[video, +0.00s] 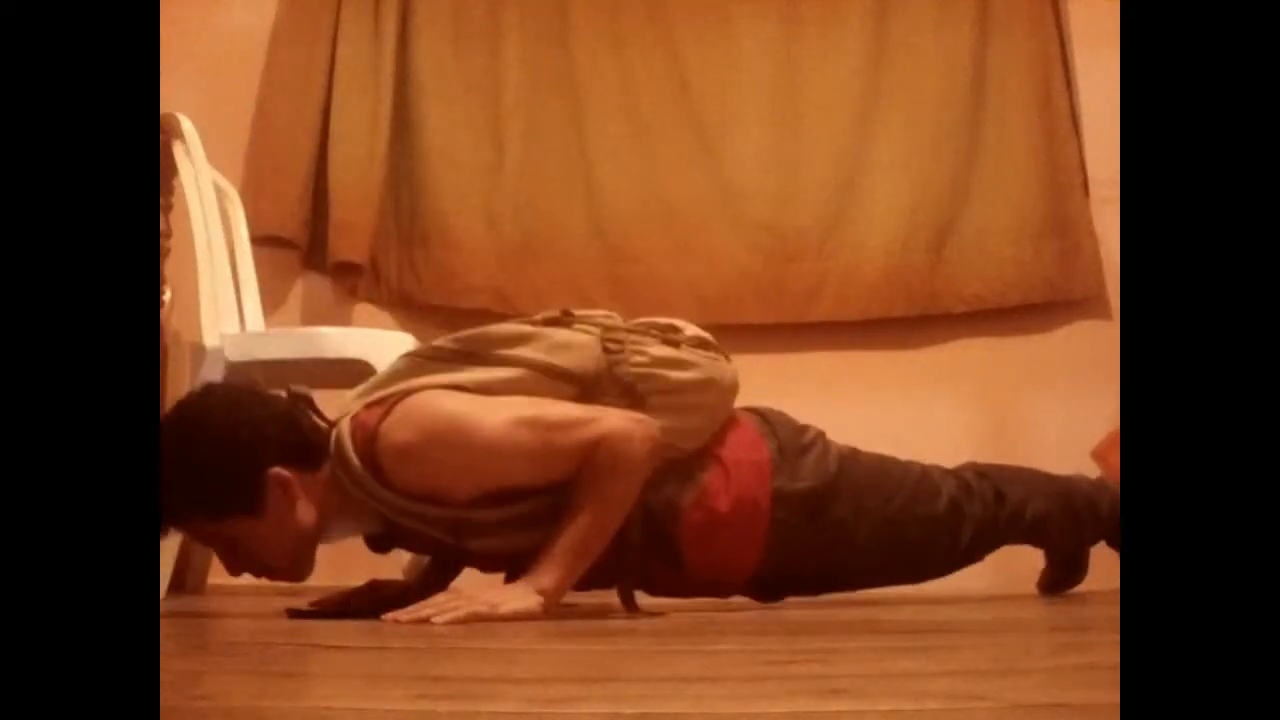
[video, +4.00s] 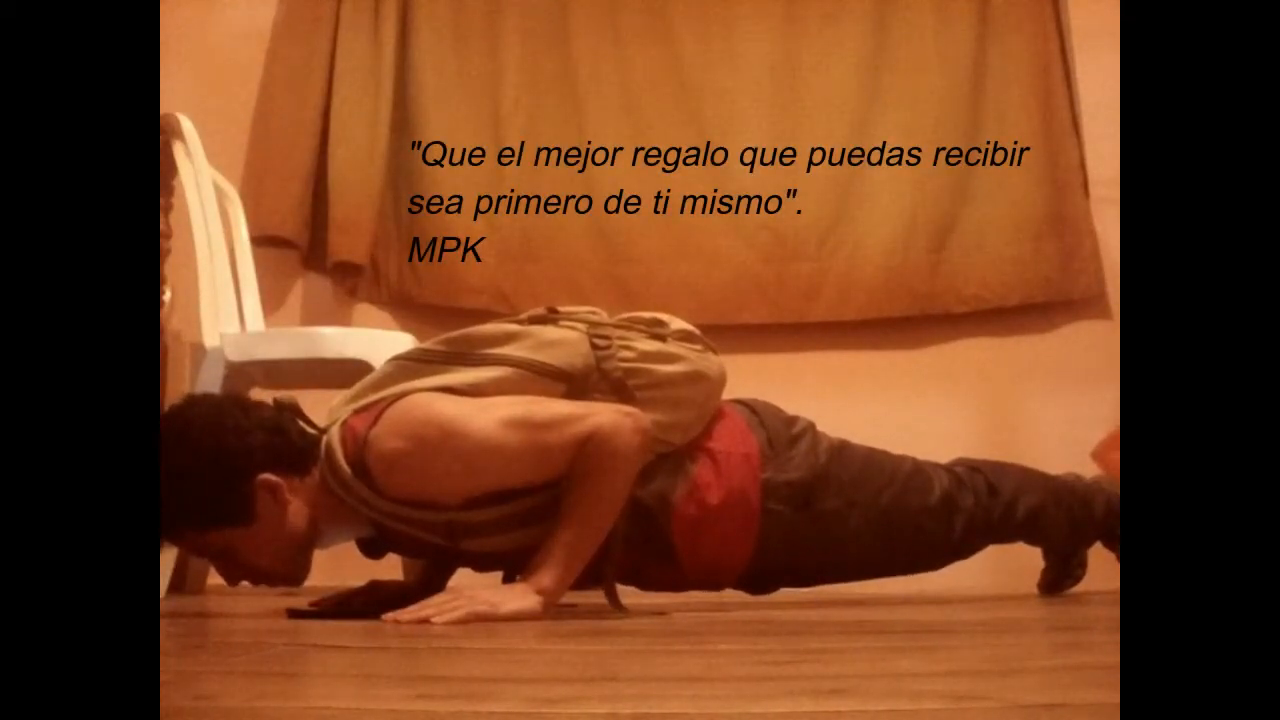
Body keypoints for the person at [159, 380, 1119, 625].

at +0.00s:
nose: (230, 563)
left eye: (226, 538)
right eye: (213, 547)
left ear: (284, 486)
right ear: (283, 480)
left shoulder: (416, 443)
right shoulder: (364, 454)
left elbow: (629, 443)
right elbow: (486, 524)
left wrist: (538, 587)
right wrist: (391, 586)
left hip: (752, 493)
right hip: (721, 509)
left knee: (952, 511)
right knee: (929, 513)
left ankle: (1094, 503)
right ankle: (1079, 506)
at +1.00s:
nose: (221, 567)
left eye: (219, 544)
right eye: (204, 552)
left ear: (277, 489)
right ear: (272, 482)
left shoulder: (411, 446)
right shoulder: (358, 454)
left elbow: (618, 441)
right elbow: (466, 540)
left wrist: (538, 588)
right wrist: (383, 588)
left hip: (743, 492)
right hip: (712, 504)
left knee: (946, 509)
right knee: (924, 508)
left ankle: (1094, 505)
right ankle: (1073, 506)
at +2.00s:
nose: (223, 572)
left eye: (219, 548)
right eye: (205, 558)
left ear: (274, 491)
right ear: (269, 482)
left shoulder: (406, 447)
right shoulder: (356, 457)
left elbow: (616, 440)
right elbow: (462, 541)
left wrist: (538, 588)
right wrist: (386, 588)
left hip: (737, 495)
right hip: (711, 494)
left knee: (946, 509)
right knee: (923, 505)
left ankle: (1094, 505)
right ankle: (1074, 507)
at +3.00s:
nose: (225, 573)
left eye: (220, 549)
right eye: (207, 559)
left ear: (275, 491)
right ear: (270, 483)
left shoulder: (405, 448)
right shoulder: (356, 457)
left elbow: (616, 438)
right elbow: (462, 538)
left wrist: (538, 587)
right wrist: (394, 585)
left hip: (740, 488)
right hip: (710, 502)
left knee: (944, 508)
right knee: (922, 507)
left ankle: (1094, 504)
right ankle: (1072, 506)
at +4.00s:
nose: (225, 573)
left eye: (218, 549)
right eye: (207, 560)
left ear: (271, 491)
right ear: (266, 480)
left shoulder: (402, 448)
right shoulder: (355, 458)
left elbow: (615, 437)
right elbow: (459, 536)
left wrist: (540, 588)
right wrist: (392, 585)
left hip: (739, 487)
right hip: (711, 501)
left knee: (946, 508)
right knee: (926, 505)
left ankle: (1094, 505)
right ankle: (1078, 505)